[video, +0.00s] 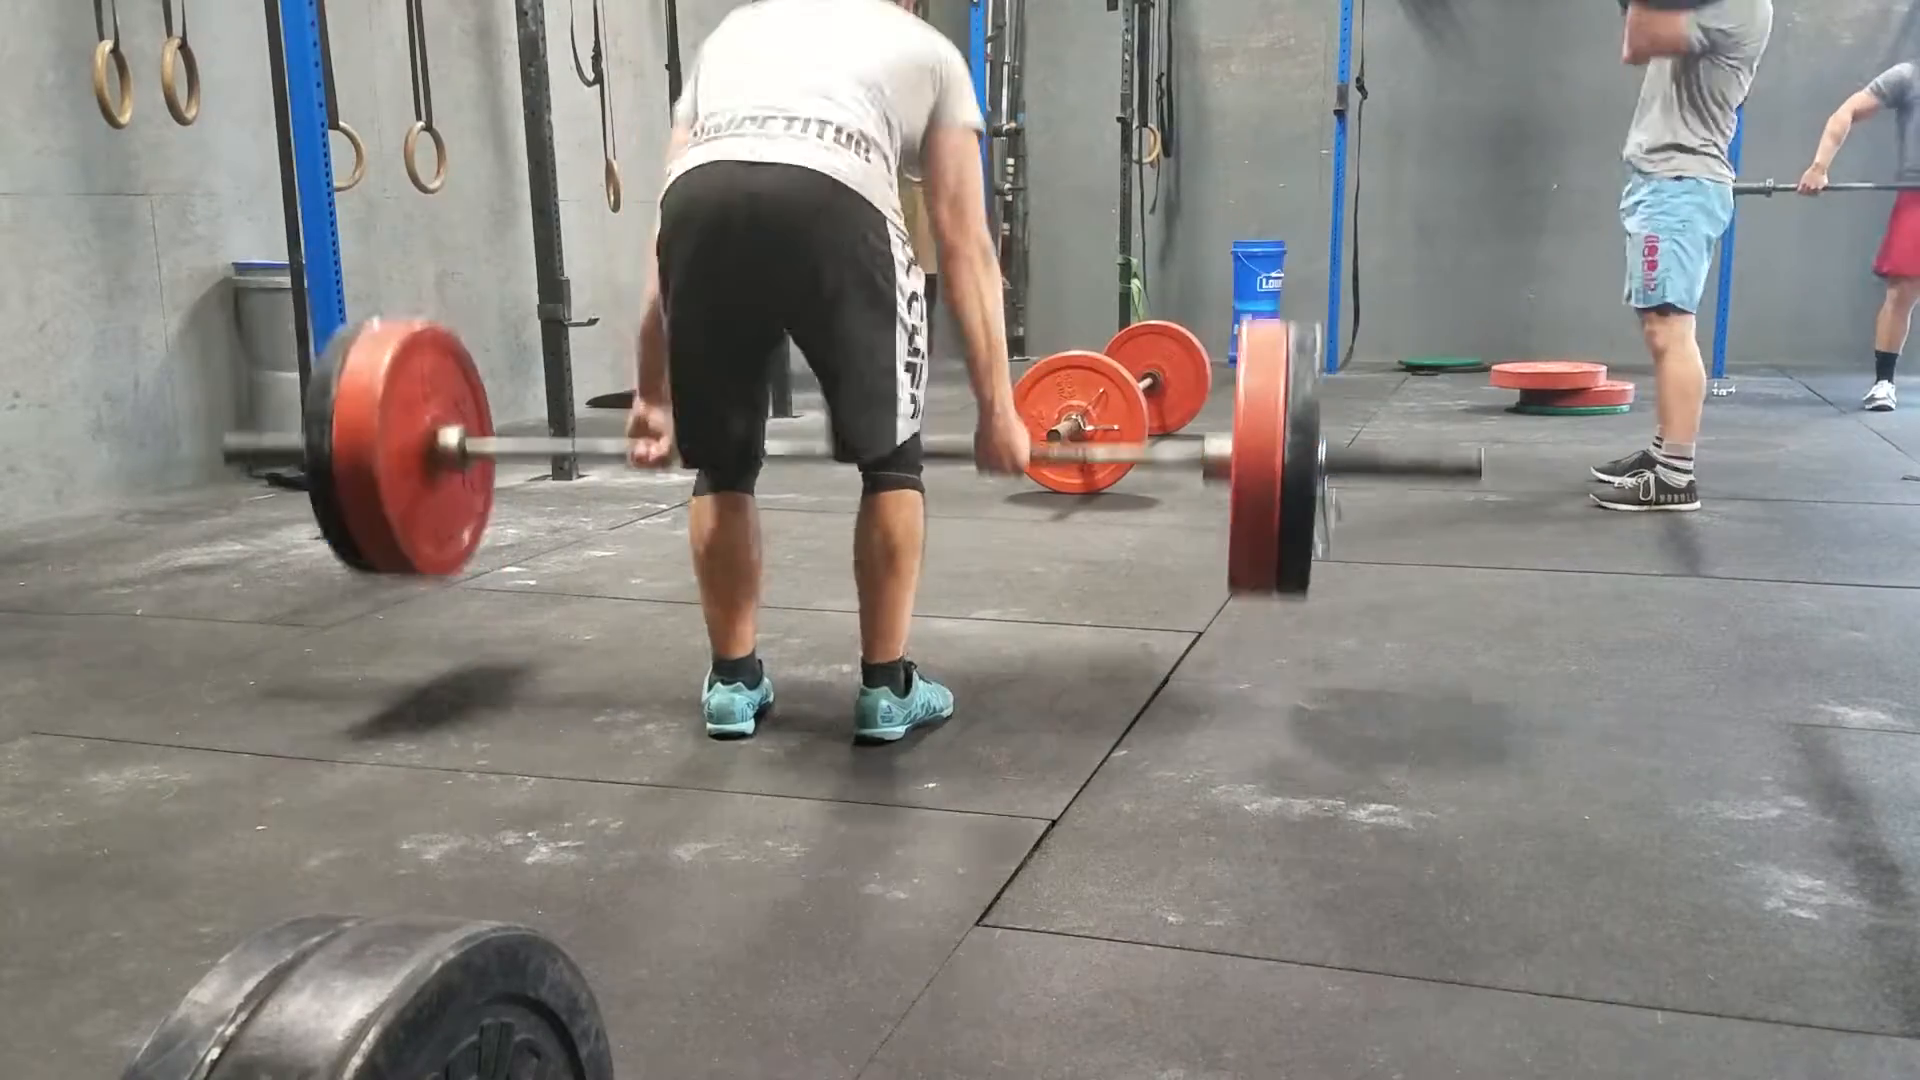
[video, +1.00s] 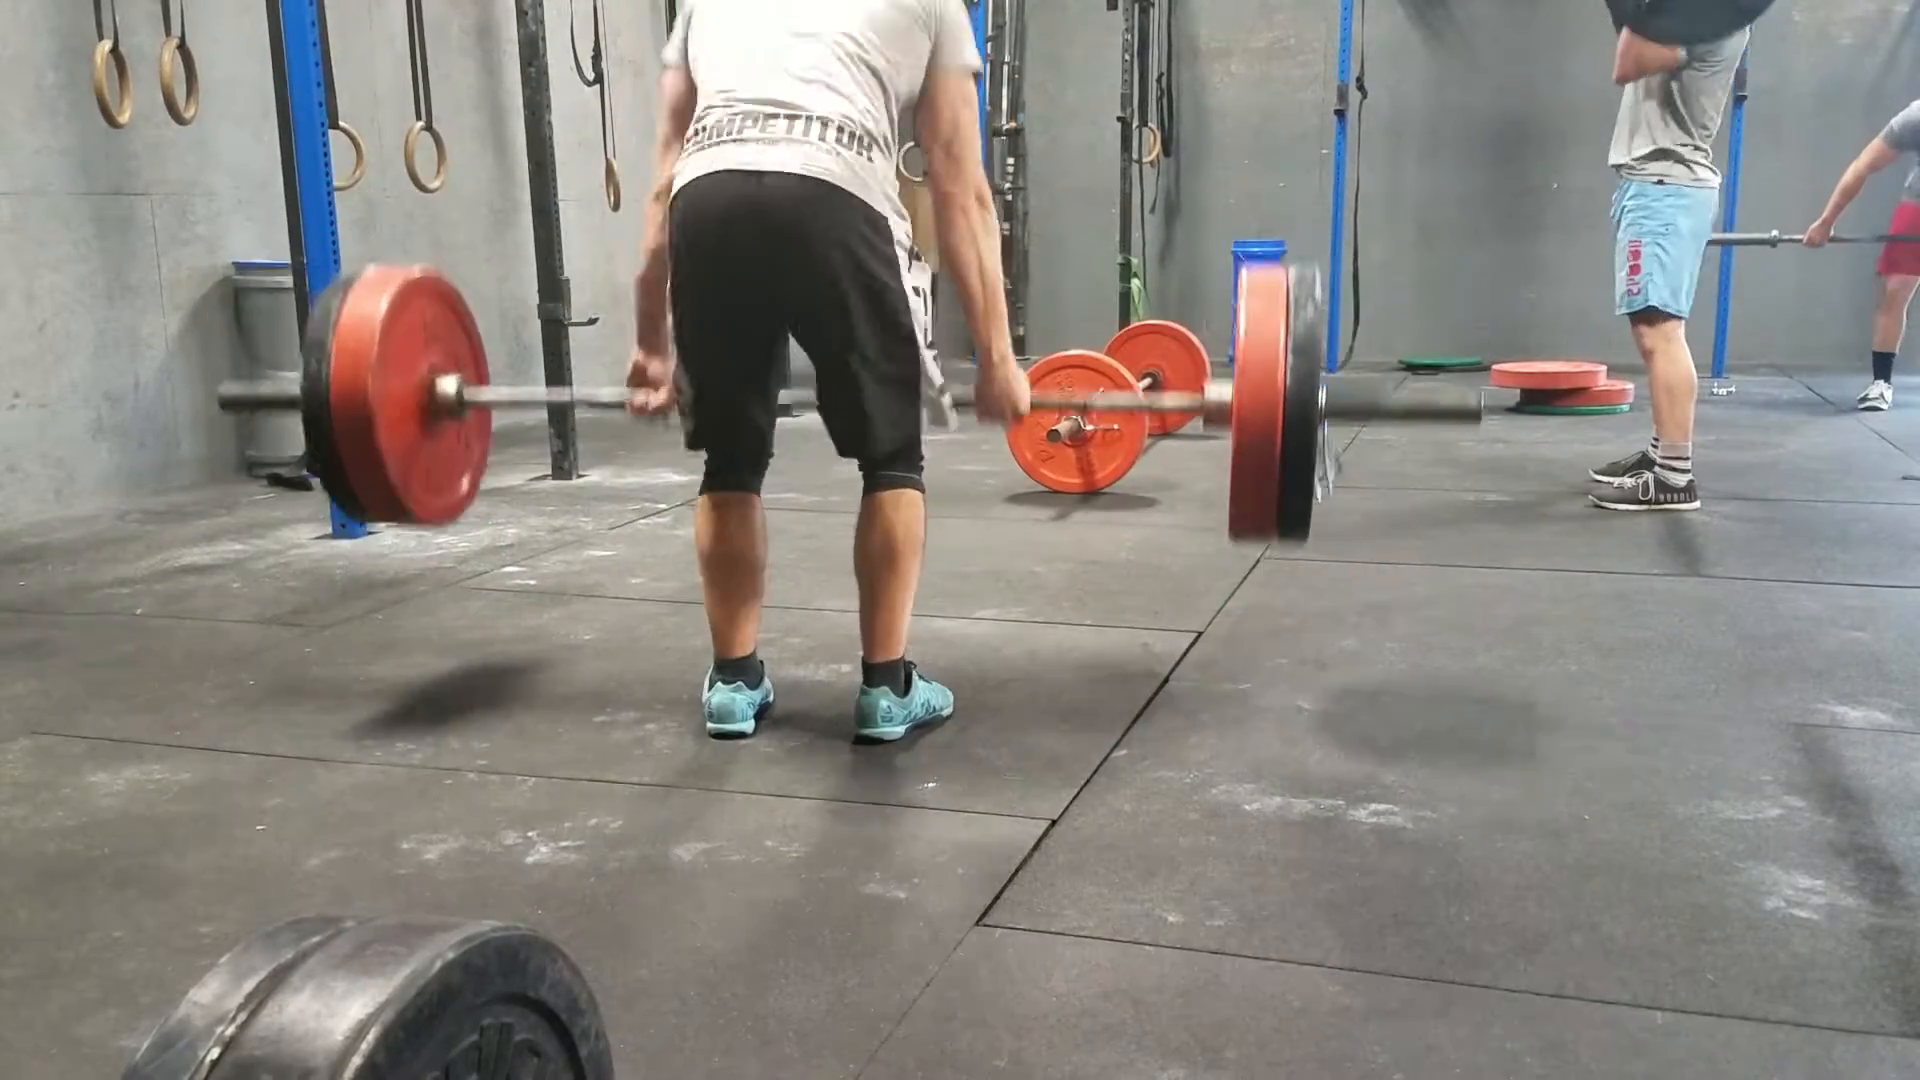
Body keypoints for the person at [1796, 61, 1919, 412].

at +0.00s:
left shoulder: (1906, 77)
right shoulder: (1908, 76)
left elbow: (1847, 113)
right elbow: (1847, 111)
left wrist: (1819, 166)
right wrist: (1818, 166)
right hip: (1912, 197)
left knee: (1903, 291)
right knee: (1902, 290)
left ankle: (1884, 383)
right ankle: (1884, 382)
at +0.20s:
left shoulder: (1913, 78)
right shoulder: (1915, 77)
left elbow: (1865, 119)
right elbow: (1865, 118)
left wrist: (1834, 172)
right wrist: (1834, 172)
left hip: (1915, 203)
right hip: (1917, 201)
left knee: (1906, 290)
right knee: (1906, 289)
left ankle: (1884, 381)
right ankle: (1883, 381)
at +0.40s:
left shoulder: (1914, 80)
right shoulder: (1917, 79)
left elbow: (1876, 123)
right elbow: (1876, 123)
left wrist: (1843, 178)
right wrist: (1843, 178)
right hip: (1919, 204)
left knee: (1909, 291)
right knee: (1908, 290)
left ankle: (1884, 381)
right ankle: (1884, 382)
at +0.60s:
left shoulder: (1915, 78)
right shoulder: (1917, 77)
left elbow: (1876, 123)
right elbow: (1876, 122)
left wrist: (1840, 180)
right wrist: (1841, 179)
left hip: (1916, 205)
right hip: (1918, 204)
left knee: (1908, 290)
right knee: (1908, 289)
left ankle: (1884, 380)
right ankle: (1884, 380)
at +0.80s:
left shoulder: (1914, 90)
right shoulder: (1916, 89)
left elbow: (1870, 136)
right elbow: (1870, 136)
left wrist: (1831, 195)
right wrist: (1831, 193)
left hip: (1913, 209)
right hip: (1915, 208)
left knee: (1902, 290)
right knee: (1902, 287)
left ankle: (1882, 382)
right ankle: (1881, 382)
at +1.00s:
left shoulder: (1913, 116)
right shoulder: (1915, 115)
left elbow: (1864, 165)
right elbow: (1864, 165)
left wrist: (1825, 221)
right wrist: (1825, 221)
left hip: (1913, 205)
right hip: (1915, 204)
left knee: (1898, 290)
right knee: (1897, 288)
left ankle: (1881, 383)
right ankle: (1881, 383)